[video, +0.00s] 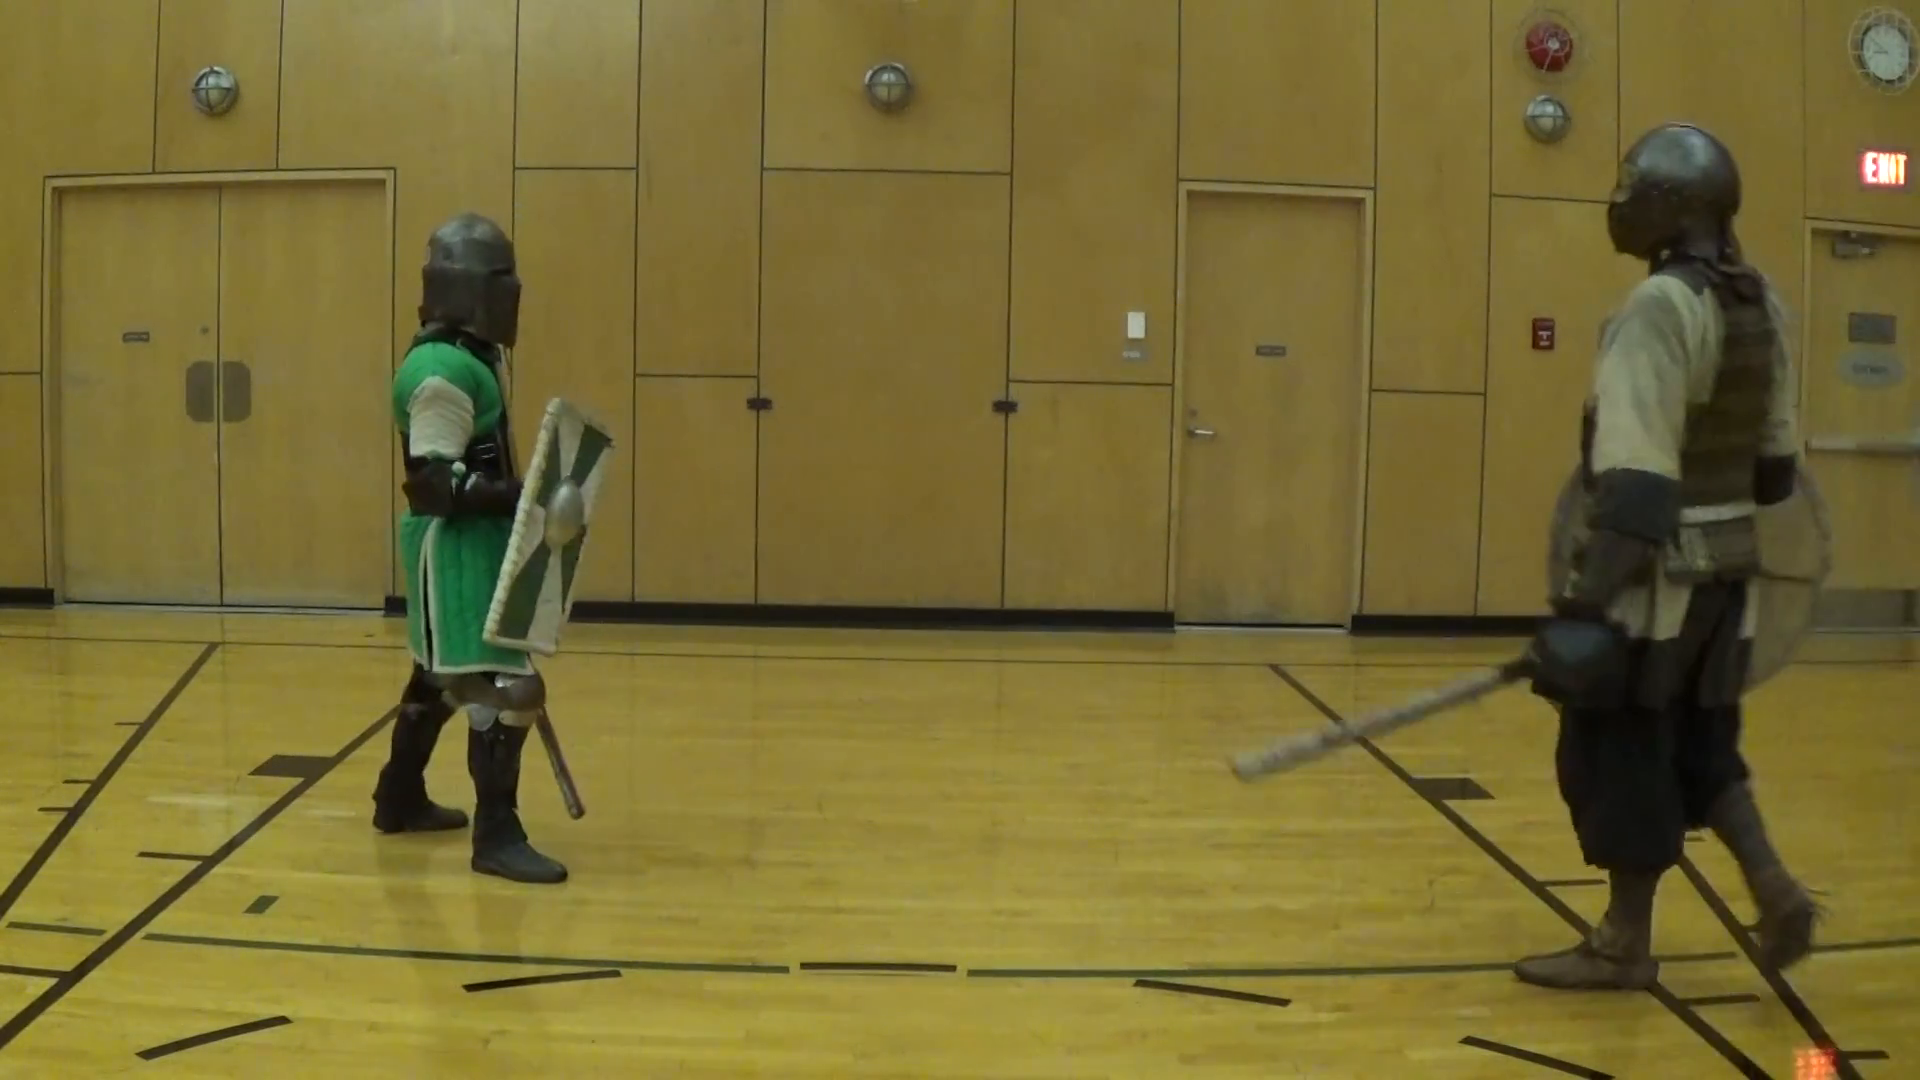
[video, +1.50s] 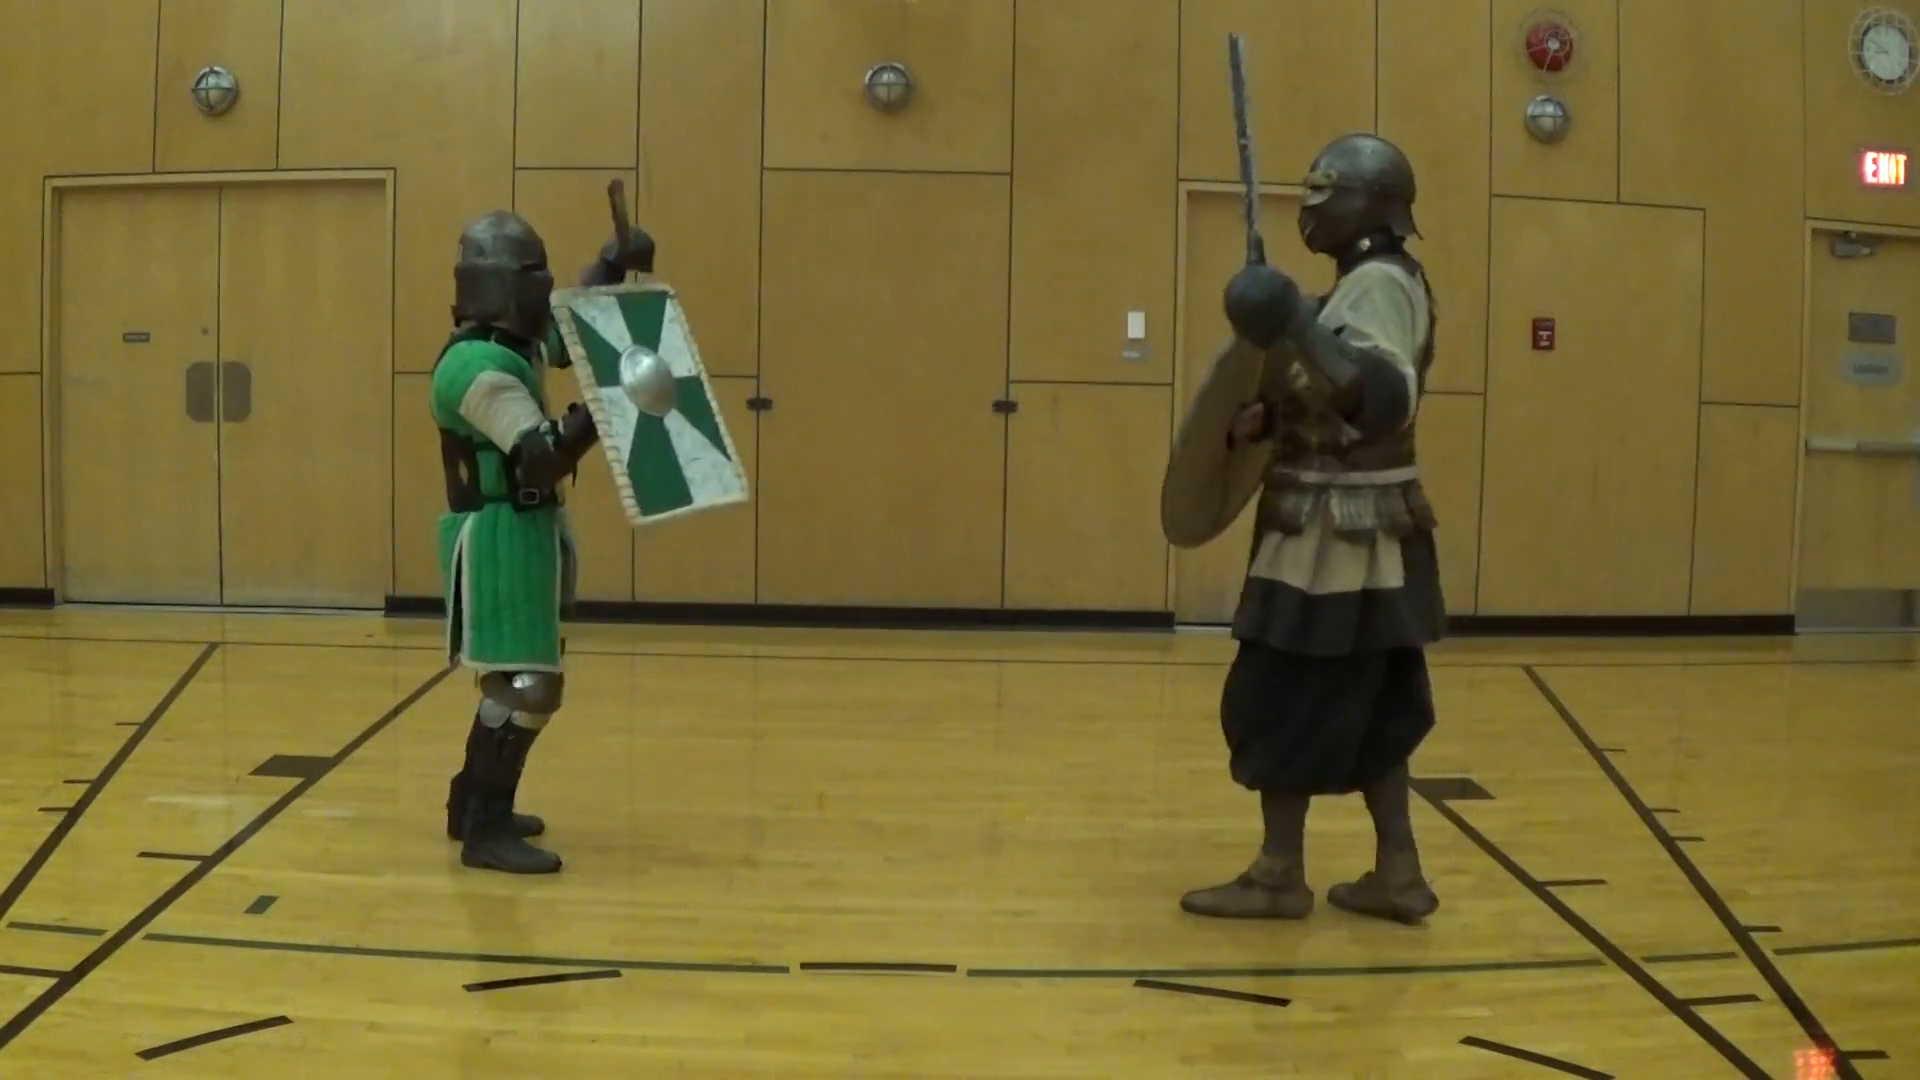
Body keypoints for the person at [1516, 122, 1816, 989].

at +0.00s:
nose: (1615, 205)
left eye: (1629, 190)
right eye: (1621, 188)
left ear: (1667, 203)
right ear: (1711, 206)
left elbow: (1640, 485)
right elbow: (1774, 472)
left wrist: (1584, 609)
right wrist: (1670, 483)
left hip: (1652, 588)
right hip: (1724, 580)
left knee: (1624, 751)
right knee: (1700, 738)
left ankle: (1624, 940)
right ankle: (1777, 893)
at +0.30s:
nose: (1546, 208)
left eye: (1562, 192)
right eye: (1551, 189)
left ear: (1612, 206)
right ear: (1630, 207)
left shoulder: (1610, 300)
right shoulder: (1661, 288)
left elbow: (1567, 469)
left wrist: (1464, 548)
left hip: (1598, 556)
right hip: (1636, 549)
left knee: (1601, 734)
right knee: (1565, 717)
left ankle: (1622, 938)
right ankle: (1535, 883)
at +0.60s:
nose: (1471, 213)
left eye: (1487, 200)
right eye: (1475, 198)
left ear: (1539, 217)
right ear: (1536, 217)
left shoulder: (1555, 302)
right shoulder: (1536, 297)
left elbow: (1581, 452)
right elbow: (1538, 441)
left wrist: (1474, 526)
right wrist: (1461, 505)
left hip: (1536, 573)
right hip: (1498, 567)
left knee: (1564, 745)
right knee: (1460, 724)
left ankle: (1617, 932)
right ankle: (1413, 880)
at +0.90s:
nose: (1408, 213)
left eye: (1424, 199)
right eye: (1412, 198)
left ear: (1473, 212)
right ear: (1467, 214)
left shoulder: (1498, 291)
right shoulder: (1465, 294)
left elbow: (1533, 428)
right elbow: (1450, 423)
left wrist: (1419, 475)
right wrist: (1380, 481)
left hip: (1455, 552)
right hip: (1433, 545)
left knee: (1425, 722)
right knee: (1428, 716)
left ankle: (1553, 877)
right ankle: (1407, 880)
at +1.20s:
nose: (1355, 207)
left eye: (1371, 194)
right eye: (1358, 192)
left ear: (1422, 208)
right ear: (1414, 209)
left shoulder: (1443, 282)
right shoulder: (1415, 288)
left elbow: (1473, 385)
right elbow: (1398, 414)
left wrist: (1359, 343)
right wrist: (1319, 443)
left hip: (1394, 527)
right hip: (1410, 525)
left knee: (1325, 695)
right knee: (1418, 700)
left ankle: (1339, 882)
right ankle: (1407, 880)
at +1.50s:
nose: (1307, 205)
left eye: (1324, 191)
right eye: (1311, 190)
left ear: (1374, 205)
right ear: (1372, 208)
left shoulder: (1379, 285)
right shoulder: (1367, 282)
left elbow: (1384, 401)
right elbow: (1345, 390)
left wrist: (1297, 324)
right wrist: (1274, 415)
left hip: (1332, 531)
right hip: (1365, 529)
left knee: (1280, 695)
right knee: (1375, 700)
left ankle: (1278, 870)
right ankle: (1399, 871)